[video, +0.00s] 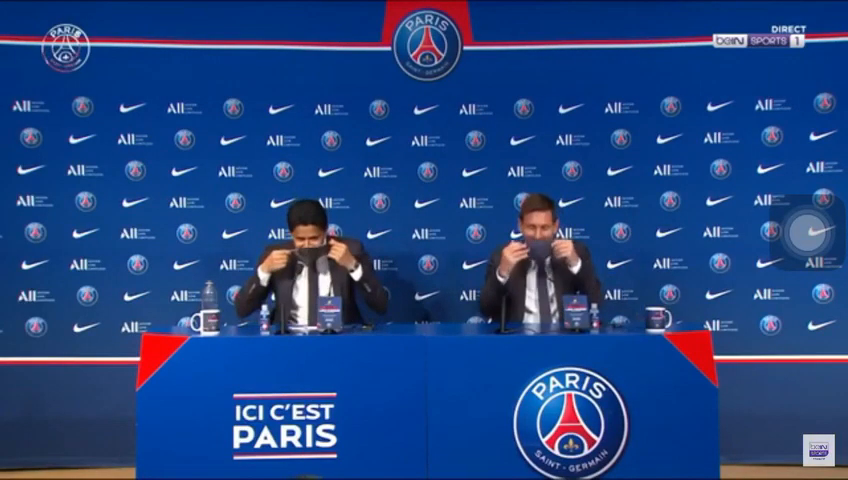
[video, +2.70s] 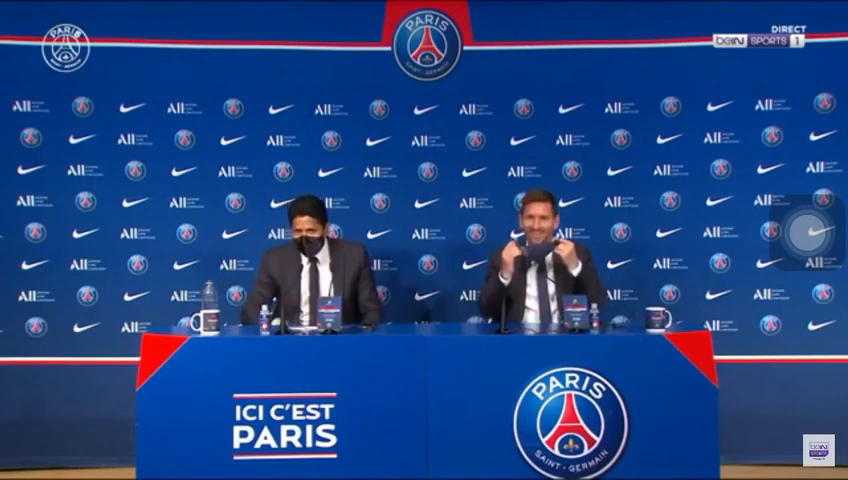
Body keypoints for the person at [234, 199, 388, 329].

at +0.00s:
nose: (307, 245)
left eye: (313, 239)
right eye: (300, 239)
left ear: (326, 233)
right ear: (292, 235)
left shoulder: (350, 251)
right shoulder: (276, 256)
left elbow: (381, 306)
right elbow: (242, 310)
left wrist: (354, 266)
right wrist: (264, 272)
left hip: (340, 345)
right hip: (290, 345)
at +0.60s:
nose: (309, 247)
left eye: (315, 240)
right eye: (302, 241)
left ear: (325, 231)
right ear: (291, 234)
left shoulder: (344, 251)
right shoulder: (279, 254)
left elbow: (388, 283)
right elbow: (233, 292)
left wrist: (353, 246)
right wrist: (260, 249)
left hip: (340, 345)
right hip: (291, 346)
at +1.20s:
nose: (297, 239)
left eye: (304, 233)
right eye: (292, 233)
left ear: (319, 228)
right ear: (284, 231)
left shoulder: (349, 250)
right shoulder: (275, 256)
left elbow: (376, 299)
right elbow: (237, 302)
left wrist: (339, 266)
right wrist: (255, 254)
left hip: (337, 346)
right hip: (289, 347)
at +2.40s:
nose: (299, 236)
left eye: (305, 229)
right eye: (292, 230)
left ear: (321, 226)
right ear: (286, 229)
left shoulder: (350, 251)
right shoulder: (274, 254)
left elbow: (373, 309)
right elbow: (250, 308)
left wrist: (334, 284)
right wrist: (278, 267)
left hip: (337, 343)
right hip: (289, 343)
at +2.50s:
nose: (300, 236)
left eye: (307, 230)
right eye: (294, 230)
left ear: (322, 226)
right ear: (288, 229)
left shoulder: (352, 252)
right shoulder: (275, 255)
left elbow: (374, 308)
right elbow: (249, 310)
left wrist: (342, 297)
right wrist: (280, 277)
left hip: (338, 344)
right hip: (289, 344)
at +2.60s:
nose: (303, 236)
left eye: (310, 230)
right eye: (296, 230)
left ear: (324, 227)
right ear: (290, 229)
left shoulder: (353, 253)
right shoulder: (274, 257)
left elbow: (372, 306)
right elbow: (248, 312)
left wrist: (357, 318)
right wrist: (282, 306)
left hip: (341, 347)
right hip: (289, 348)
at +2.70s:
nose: (304, 238)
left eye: (311, 231)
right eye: (298, 232)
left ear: (325, 228)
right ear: (291, 231)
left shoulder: (354, 254)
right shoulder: (275, 258)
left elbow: (371, 309)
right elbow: (252, 312)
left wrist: (361, 335)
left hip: (341, 345)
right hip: (290, 346)